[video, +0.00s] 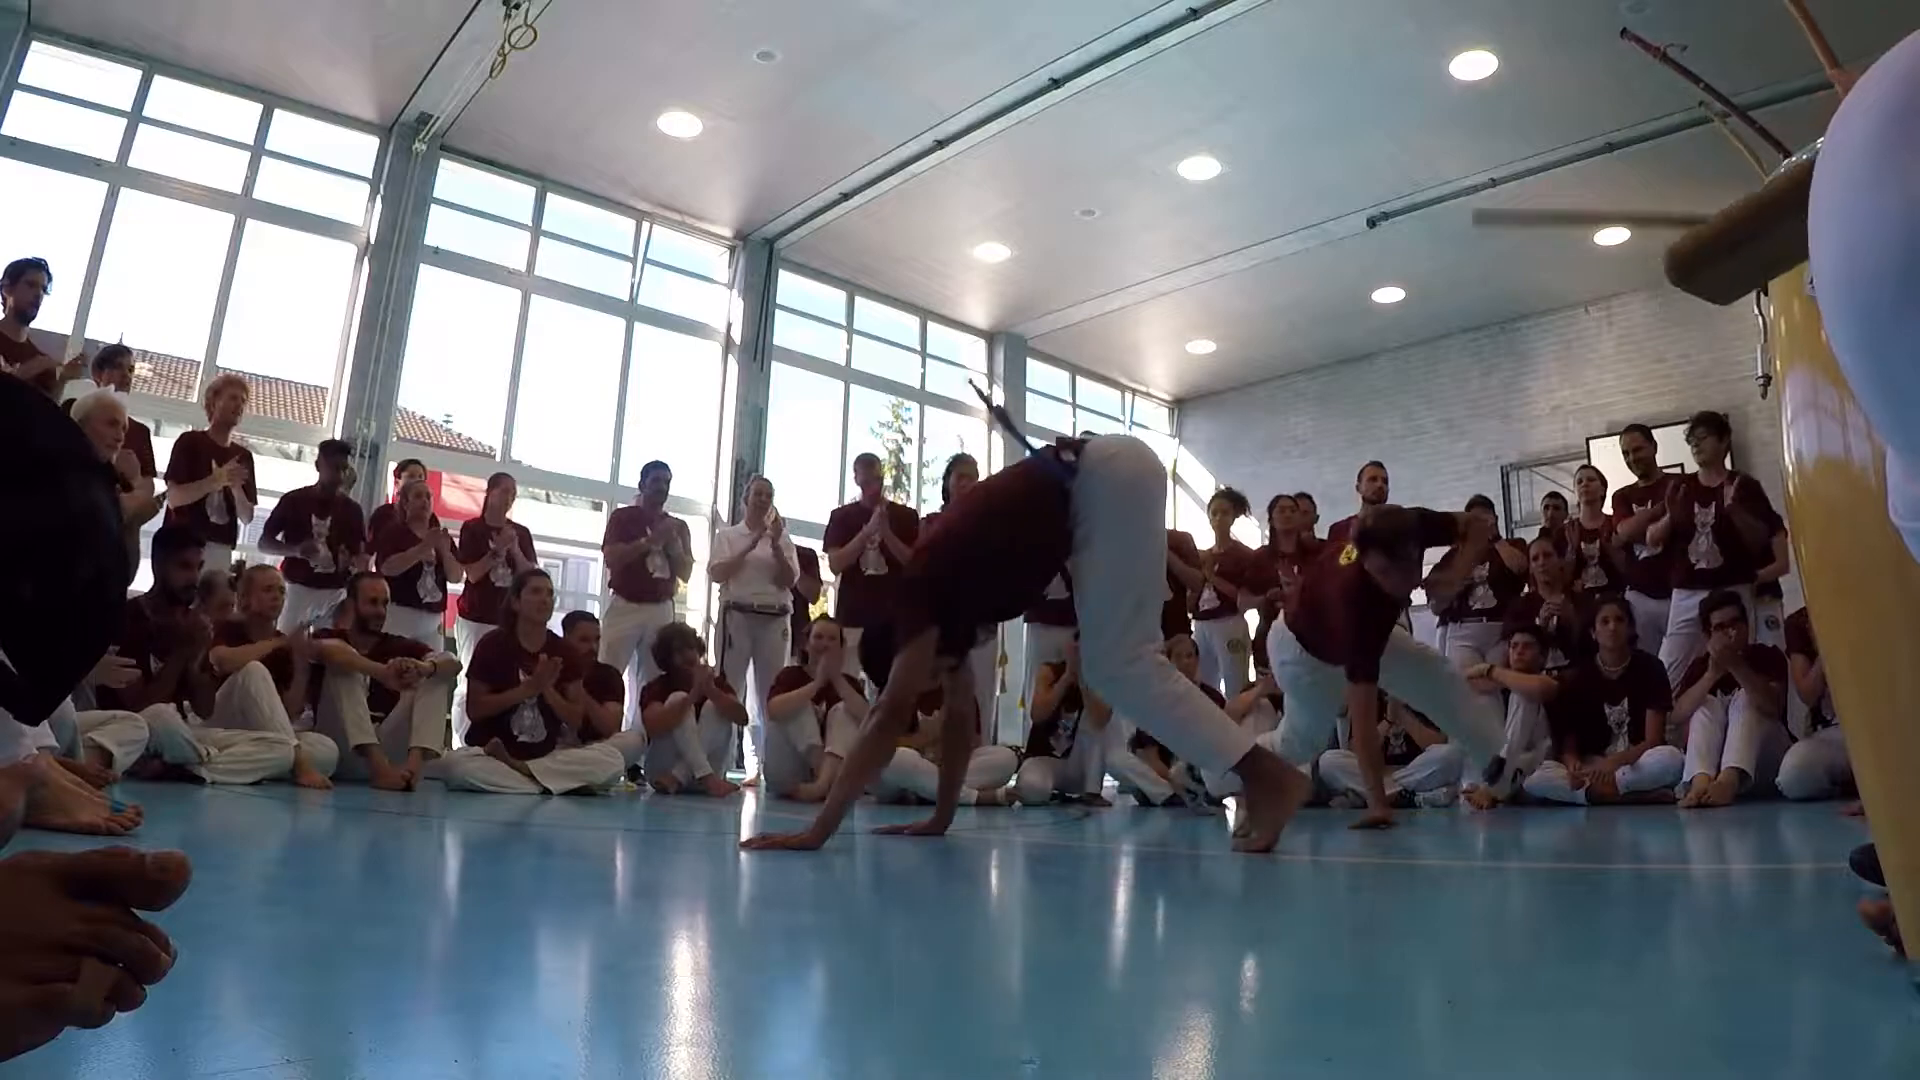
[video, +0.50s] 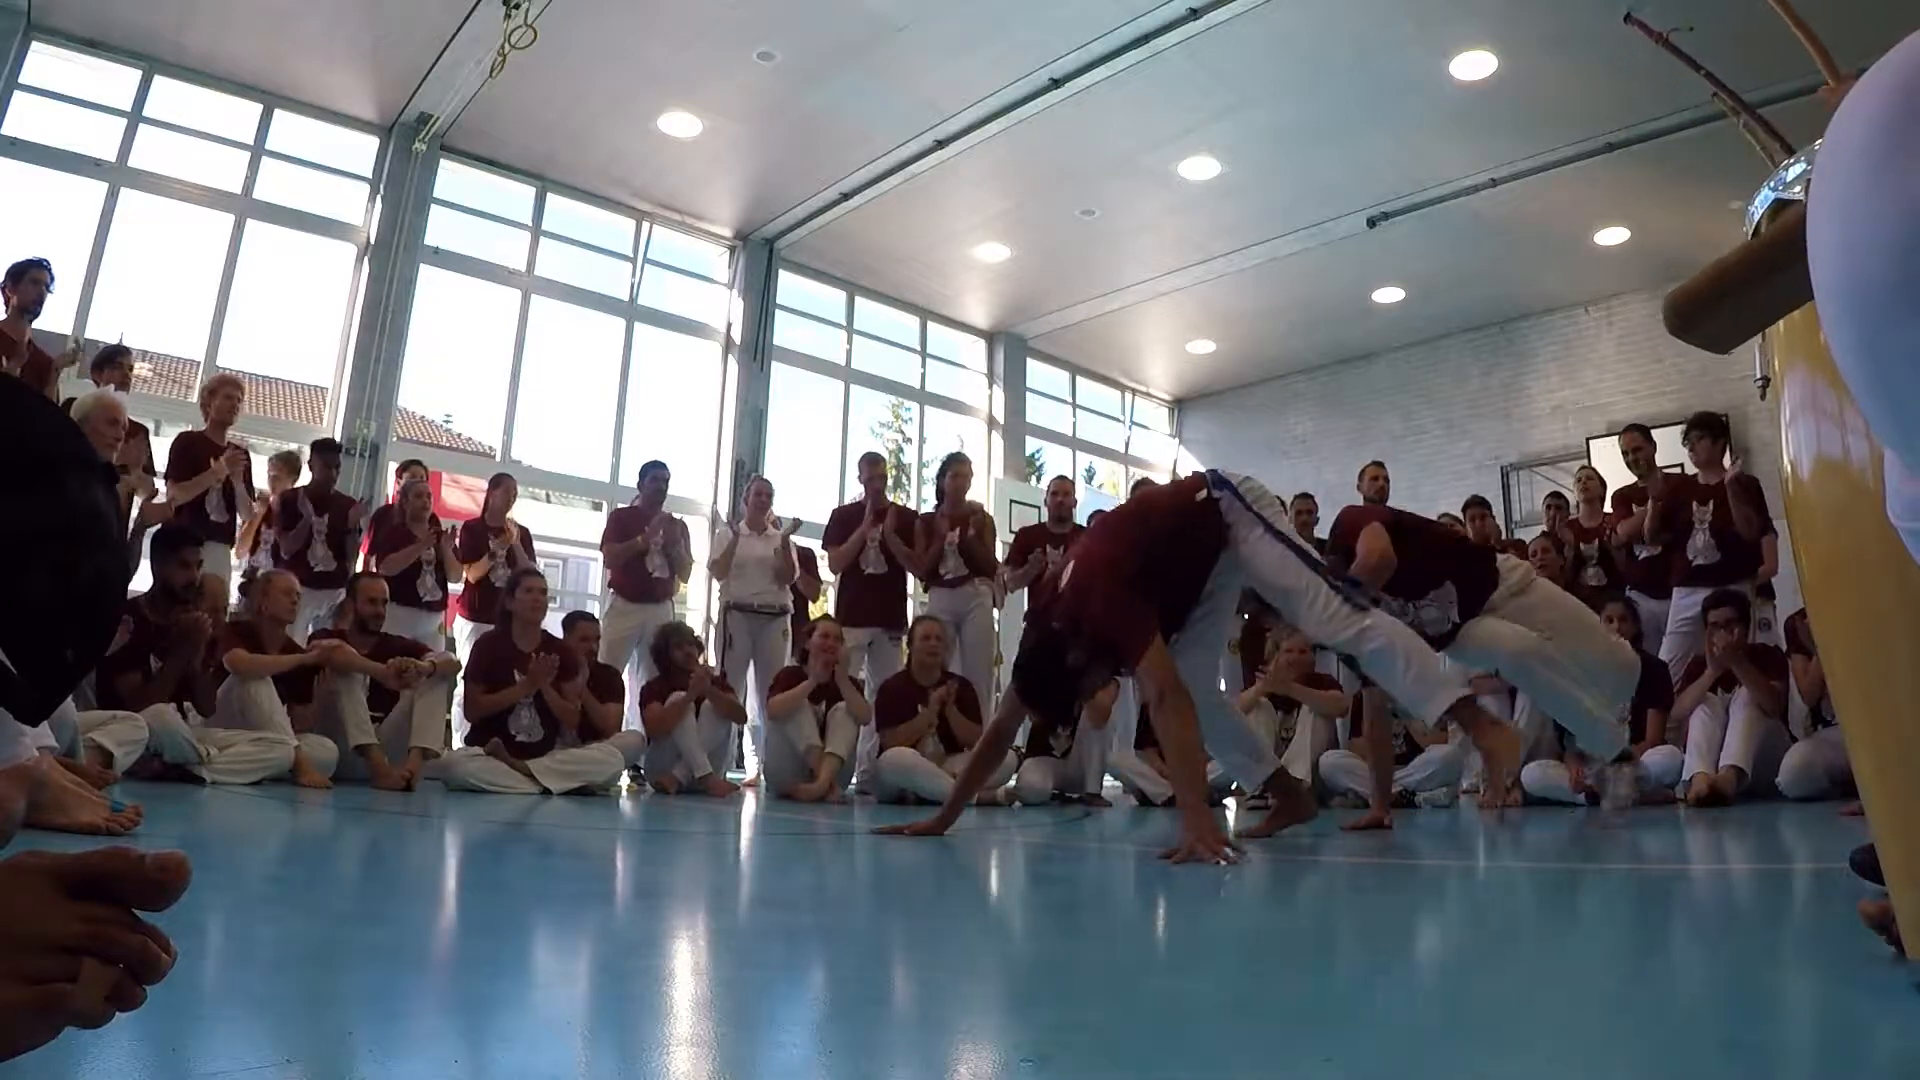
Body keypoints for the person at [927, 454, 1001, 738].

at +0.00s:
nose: (966, 484)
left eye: (972, 477)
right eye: (960, 477)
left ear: (980, 483)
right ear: (947, 482)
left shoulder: (992, 529)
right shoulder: (934, 524)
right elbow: (921, 570)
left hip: (985, 619)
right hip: (943, 622)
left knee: (982, 693)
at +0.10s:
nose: (965, 483)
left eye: (970, 477)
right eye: (959, 477)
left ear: (975, 482)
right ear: (946, 480)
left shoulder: (985, 519)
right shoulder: (930, 522)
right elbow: (924, 568)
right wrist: (951, 547)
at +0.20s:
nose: (963, 483)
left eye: (968, 477)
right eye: (957, 476)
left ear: (973, 482)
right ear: (944, 479)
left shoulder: (984, 520)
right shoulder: (929, 522)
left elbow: (990, 564)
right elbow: (924, 569)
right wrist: (952, 538)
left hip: (976, 597)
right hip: (941, 598)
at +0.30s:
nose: (962, 482)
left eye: (967, 477)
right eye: (956, 476)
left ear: (972, 482)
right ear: (943, 480)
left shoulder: (983, 518)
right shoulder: (927, 522)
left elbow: (990, 566)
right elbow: (924, 568)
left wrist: (967, 534)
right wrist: (948, 539)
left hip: (977, 595)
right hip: (941, 596)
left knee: (978, 671)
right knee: (938, 668)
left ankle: (980, 731)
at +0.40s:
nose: (961, 482)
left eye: (967, 477)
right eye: (955, 476)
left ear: (972, 482)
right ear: (943, 480)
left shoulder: (981, 518)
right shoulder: (927, 521)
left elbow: (990, 566)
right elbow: (922, 568)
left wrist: (968, 540)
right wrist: (941, 542)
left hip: (976, 596)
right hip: (939, 596)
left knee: (978, 678)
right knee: (937, 674)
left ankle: (977, 747)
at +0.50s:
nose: (961, 482)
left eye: (966, 477)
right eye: (955, 476)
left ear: (971, 482)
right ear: (942, 480)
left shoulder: (982, 520)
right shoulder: (926, 521)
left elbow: (989, 568)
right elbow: (922, 569)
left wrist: (969, 539)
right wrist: (941, 540)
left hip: (975, 595)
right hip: (939, 595)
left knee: (978, 678)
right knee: (938, 674)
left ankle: (978, 744)